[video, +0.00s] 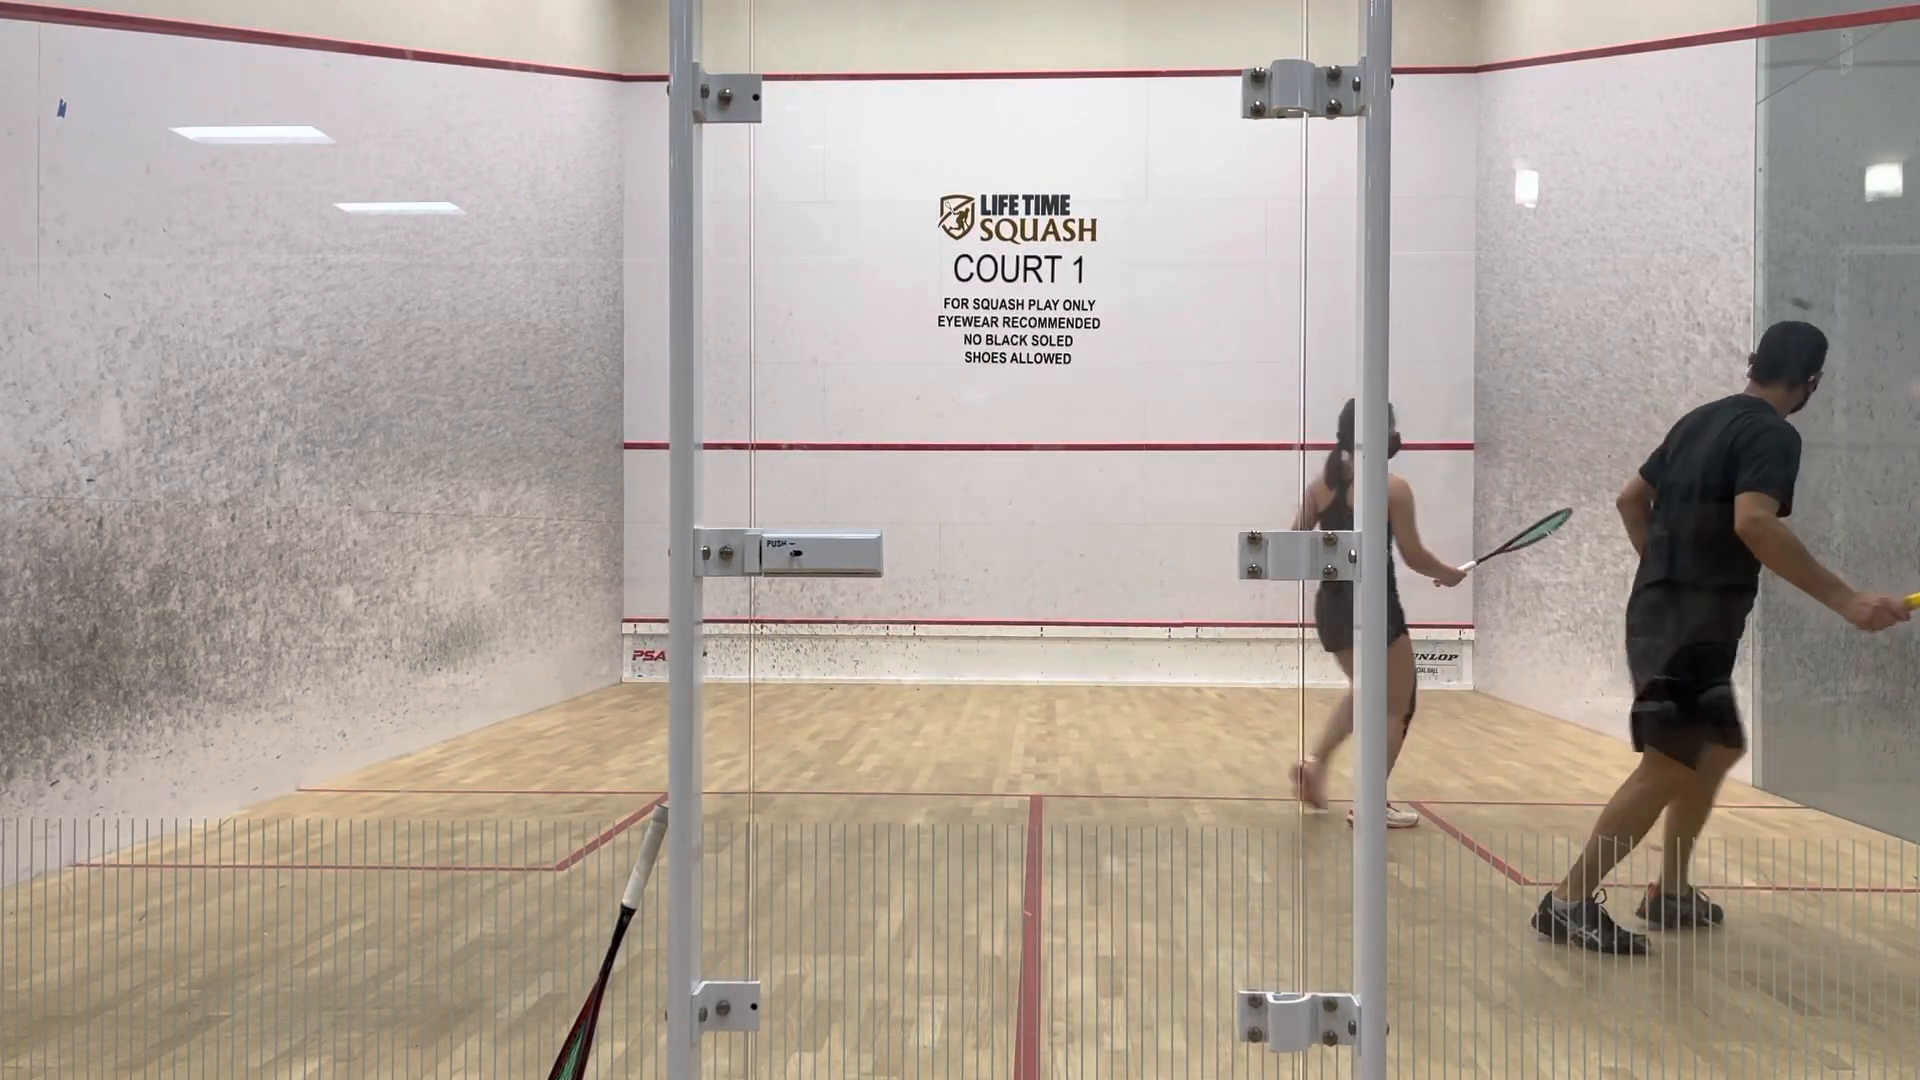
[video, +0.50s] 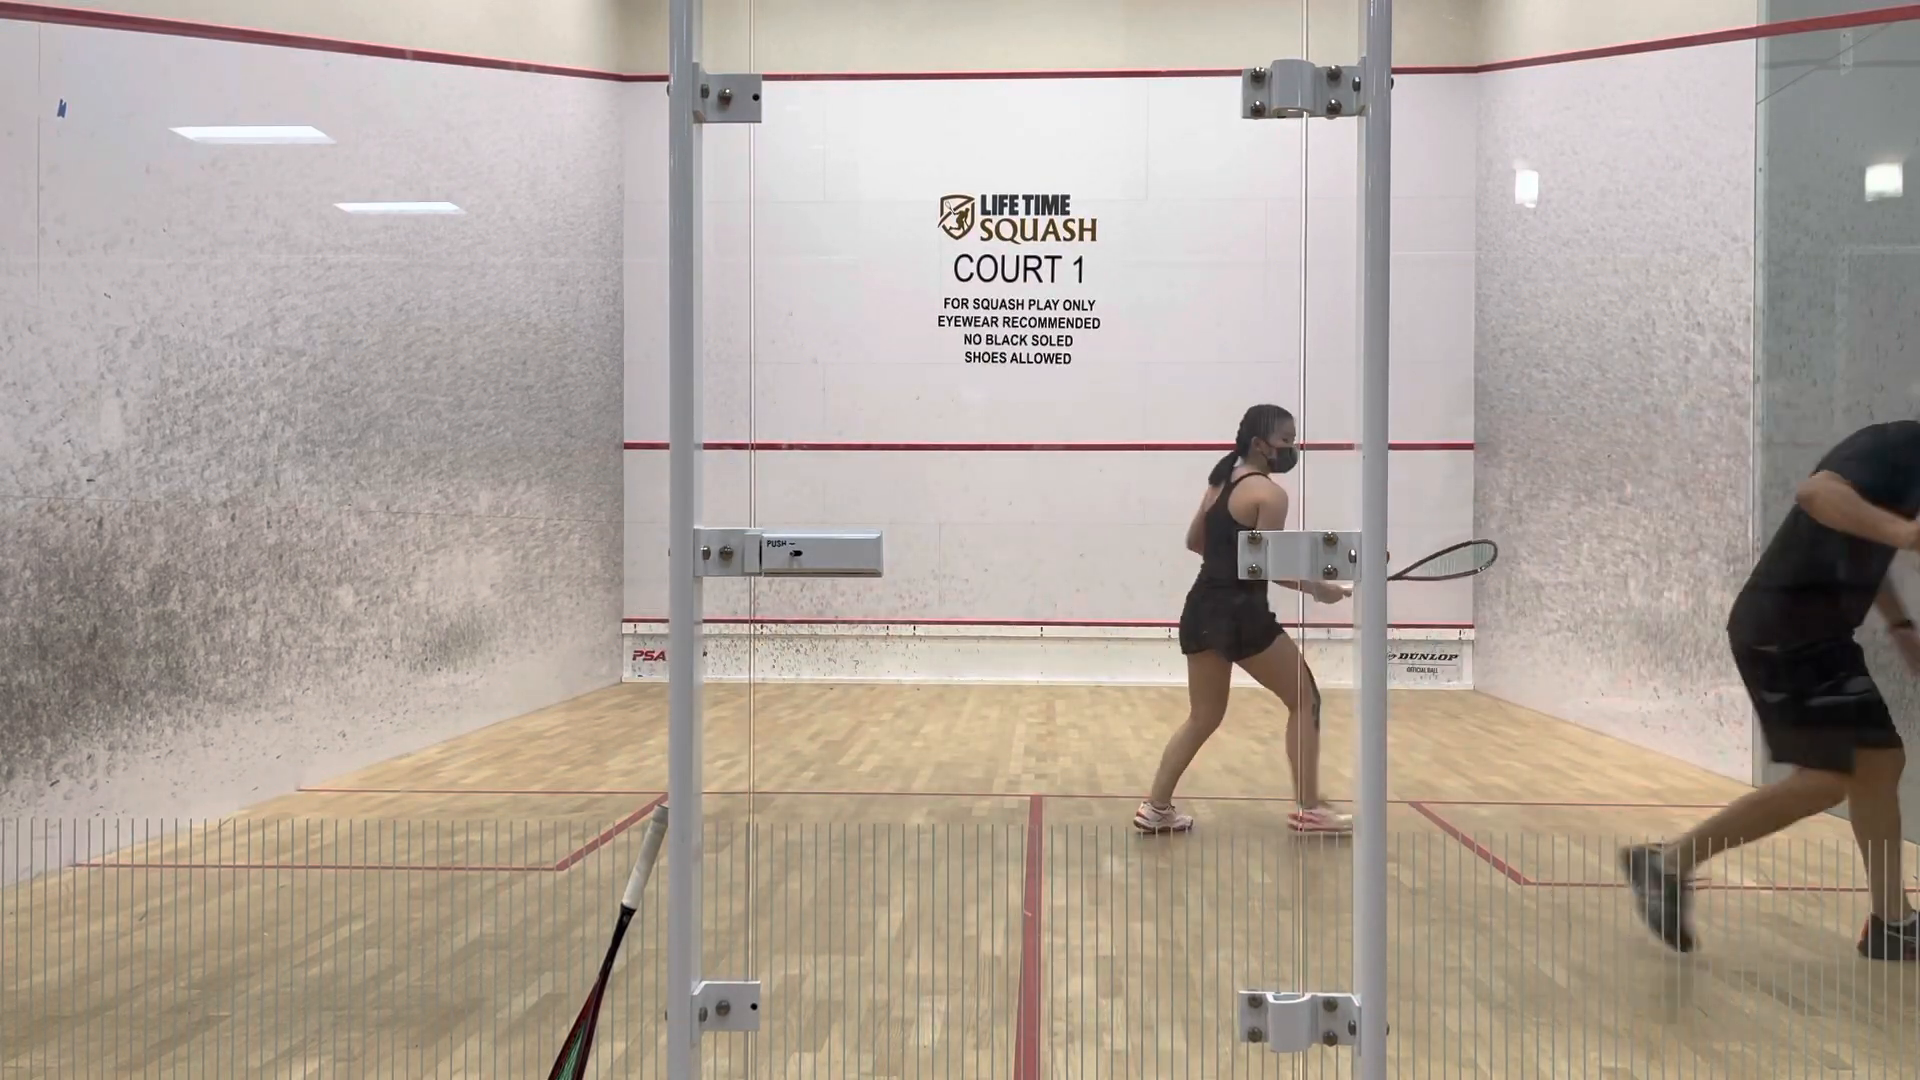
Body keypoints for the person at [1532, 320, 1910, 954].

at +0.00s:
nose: (1815, 391)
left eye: (1817, 381)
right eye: (1818, 381)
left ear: (1751, 366)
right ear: (1809, 380)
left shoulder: (1699, 419)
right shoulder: (1772, 432)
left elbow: (1633, 500)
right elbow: (1754, 522)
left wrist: (1666, 571)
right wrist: (1850, 600)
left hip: (1658, 619)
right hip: (1694, 627)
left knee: (1721, 743)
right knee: (1671, 759)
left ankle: (1670, 890)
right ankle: (1570, 899)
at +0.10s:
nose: (1833, 393)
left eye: (1833, 382)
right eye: (1835, 383)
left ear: (1773, 366)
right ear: (1823, 383)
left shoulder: (1719, 418)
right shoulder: (1775, 432)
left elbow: (1649, 501)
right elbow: (1750, 521)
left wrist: (1688, 573)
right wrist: (1843, 600)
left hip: (1676, 614)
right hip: (1701, 623)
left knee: (1765, 734)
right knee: (1667, 763)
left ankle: (1708, 882)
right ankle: (1570, 898)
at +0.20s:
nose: (1872, 398)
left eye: (1876, 386)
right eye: (1873, 385)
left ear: (1819, 368)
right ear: (1849, 378)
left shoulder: (1746, 412)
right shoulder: (1797, 424)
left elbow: (1678, 492)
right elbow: (1761, 509)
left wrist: (1714, 566)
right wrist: (1844, 583)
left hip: (1700, 611)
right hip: (1718, 620)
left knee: (1787, 733)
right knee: (1676, 759)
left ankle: (1795, 897)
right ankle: (1576, 894)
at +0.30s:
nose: (1906, 414)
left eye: (1912, 403)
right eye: (1907, 399)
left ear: (1868, 376)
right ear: (1879, 378)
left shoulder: (1795, 420)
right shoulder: (1824, 429)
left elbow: (1716, 500)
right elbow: (1782, 506)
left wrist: (1783, 593)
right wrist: (1867, 568)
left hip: (1739, 621)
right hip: (1739, 626)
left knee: (1813, 752)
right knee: (1687, 766)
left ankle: (1870, 909)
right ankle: (1580, 890)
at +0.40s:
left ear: (1905, 392)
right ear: (1912, 391)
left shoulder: (1866, 451)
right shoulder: (1856, 441)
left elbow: (1800, 544)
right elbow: (1801, 506)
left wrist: (1835, 622)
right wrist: (1884, 551)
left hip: (1800, 636)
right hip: (1766, 635)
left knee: (1859, 762)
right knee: (1744, 783)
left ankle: (1890, 919)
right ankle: (1601, 881)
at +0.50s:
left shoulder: (1908, 469)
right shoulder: (1896, 444)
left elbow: (1867, 552)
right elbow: (1817, 492)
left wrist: (1901, 626)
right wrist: (1899, 532)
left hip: (1826, 630)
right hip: (1776, 628)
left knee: (1880, 759)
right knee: (1826, 779)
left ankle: (1892, 919)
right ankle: (1668, 861)